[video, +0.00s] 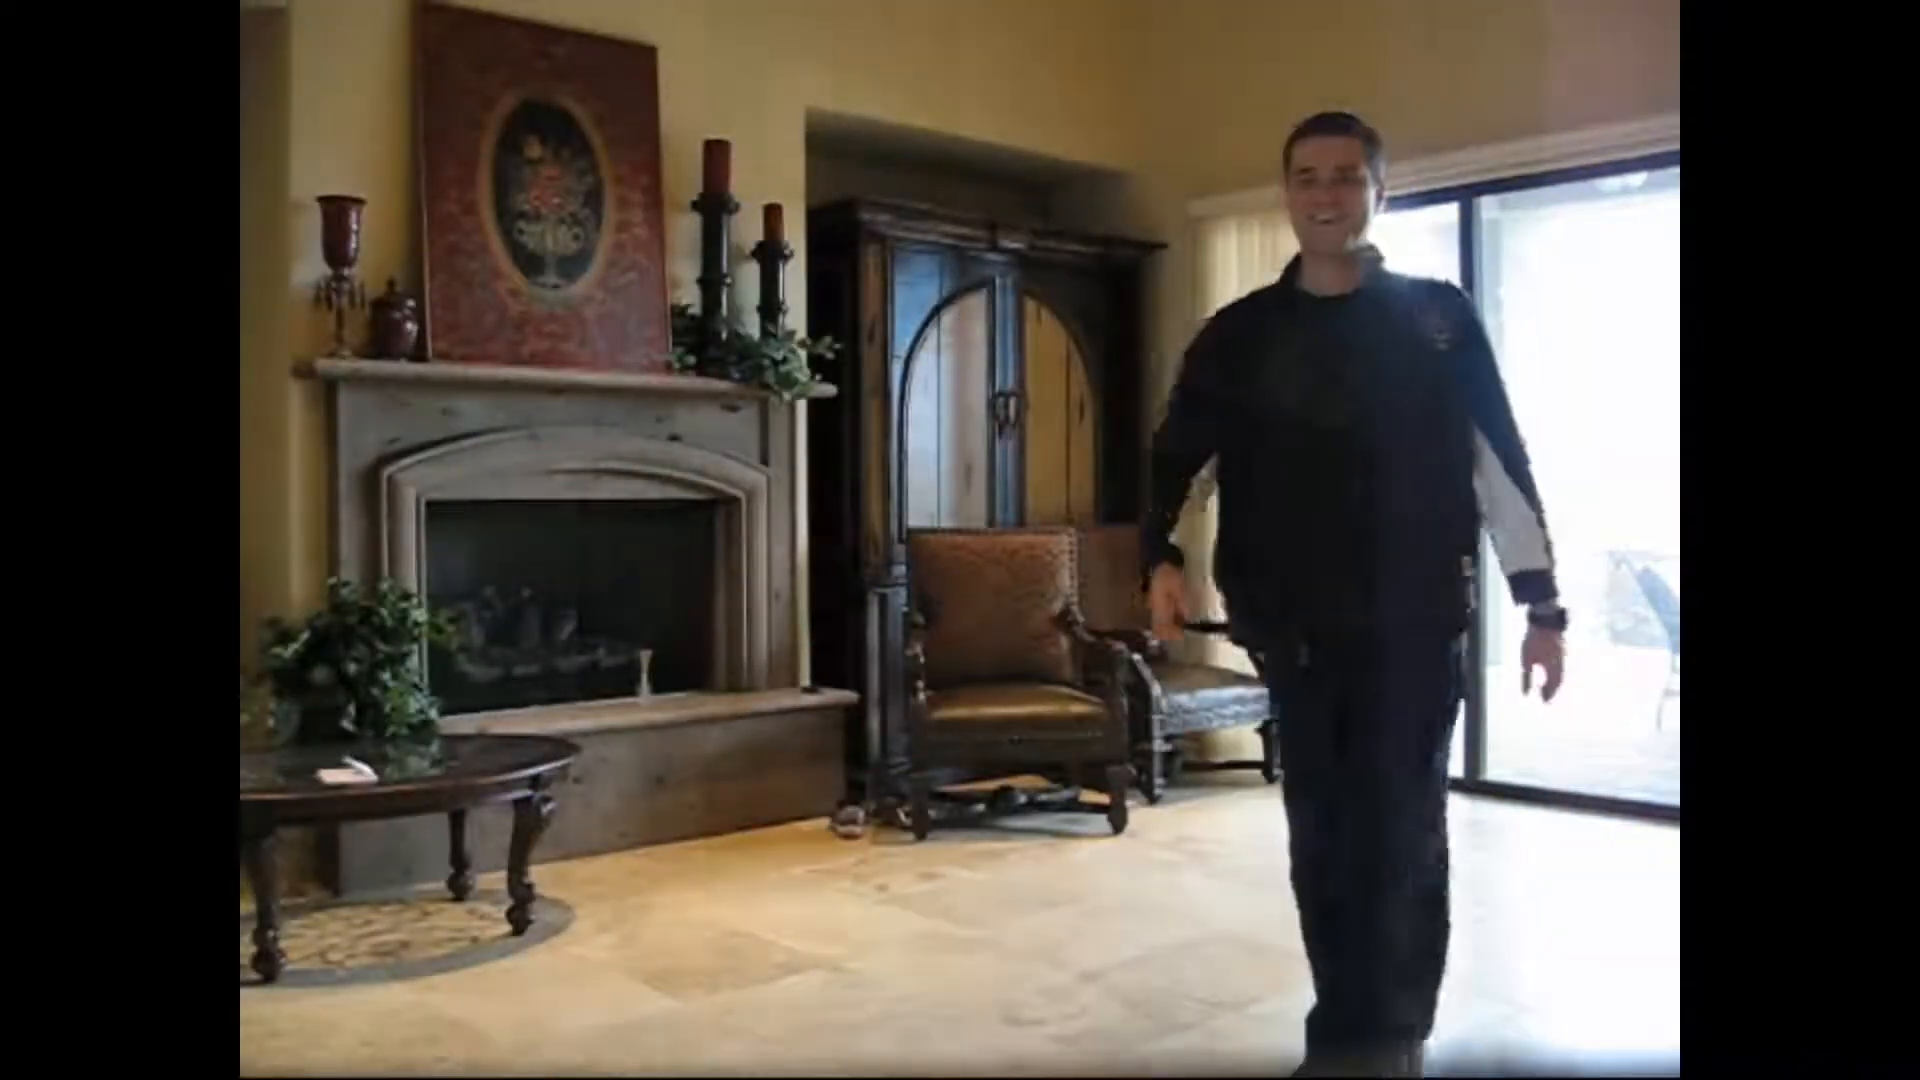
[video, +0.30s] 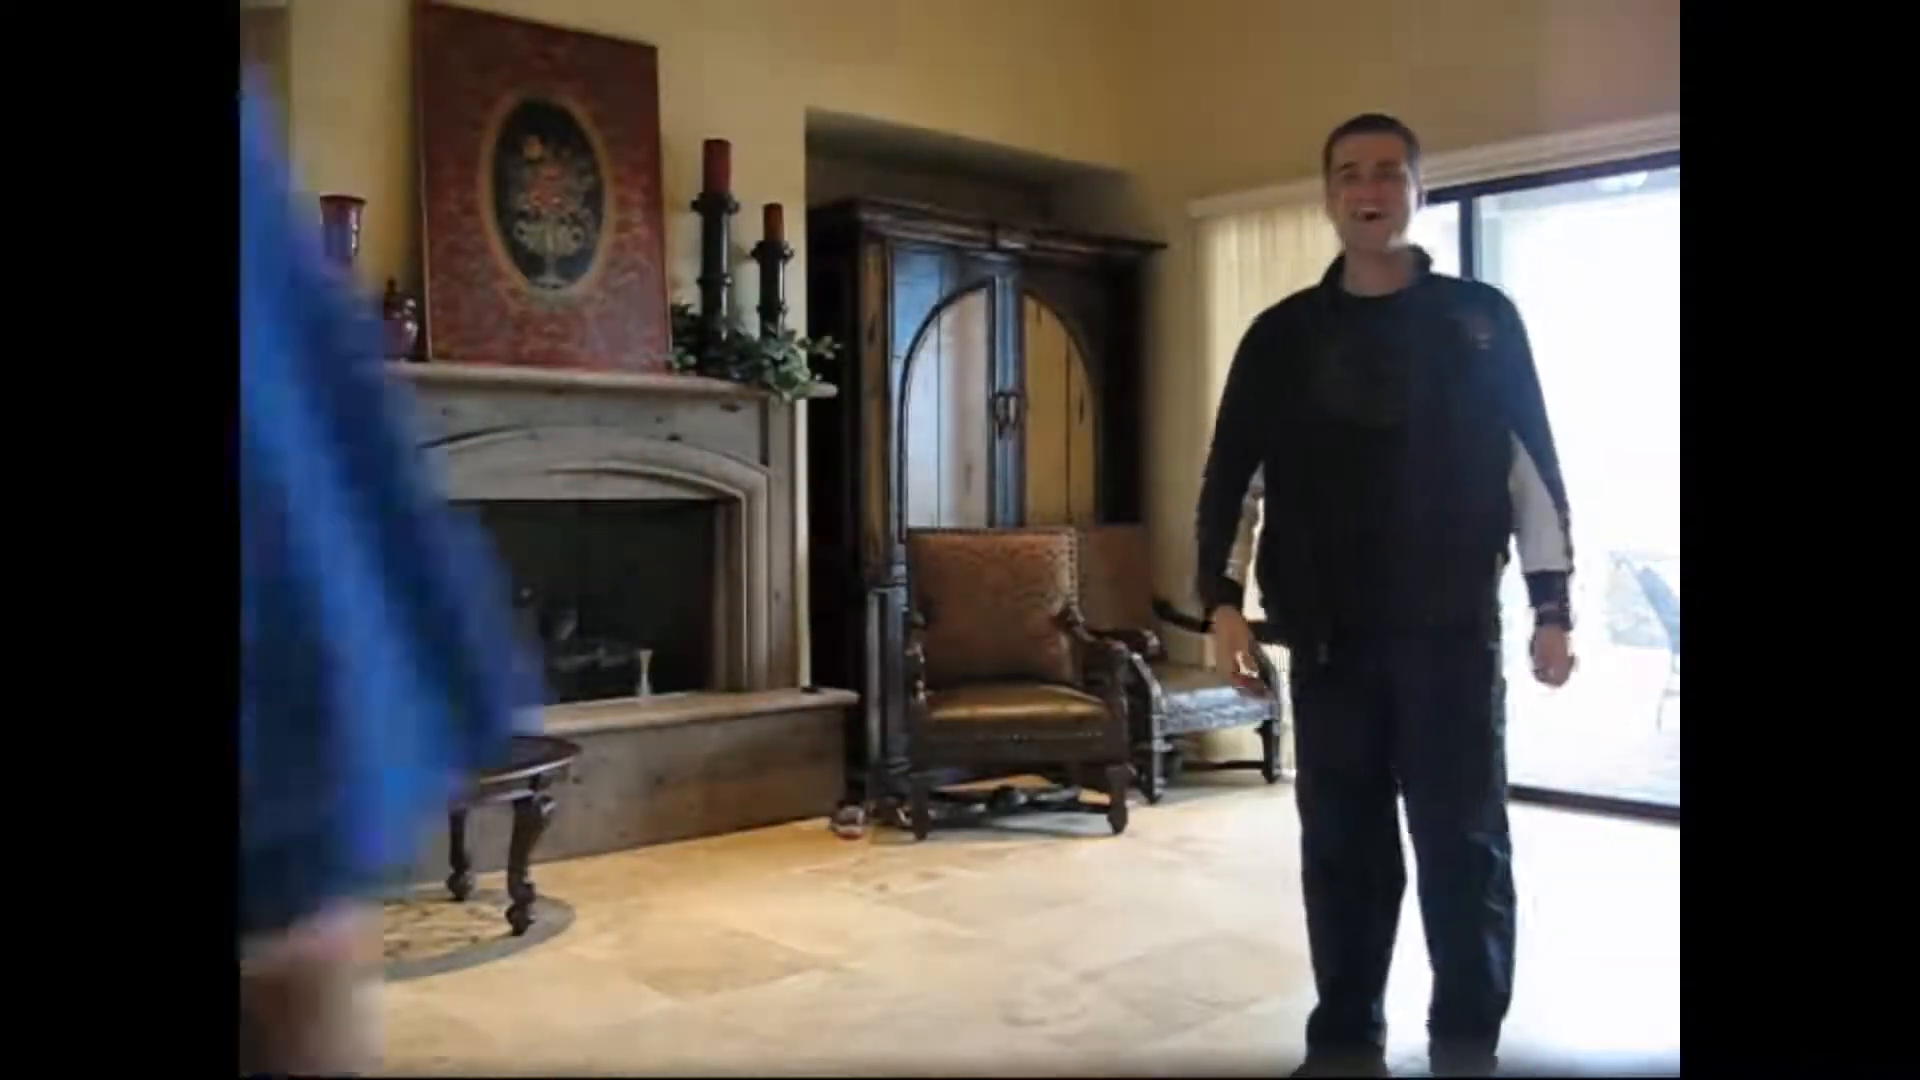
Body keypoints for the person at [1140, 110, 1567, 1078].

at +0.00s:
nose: (1327, 194)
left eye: (1346, 177)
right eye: (1309, 178)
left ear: (1377, 193)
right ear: (1284, 195)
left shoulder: (1434, 314)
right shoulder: (1235, 335)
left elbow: (1500, 463)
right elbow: (1167, 466)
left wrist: (1542, 605)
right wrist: (1159, 558)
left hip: (1412, 622)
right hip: (1294, 626)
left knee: (1402, 836)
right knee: (1321, 840)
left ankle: (1397, 1045)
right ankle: (1338, 1045)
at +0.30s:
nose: (1370, 189)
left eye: (1387, 172)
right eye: (1351, 175)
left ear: (1417, 189)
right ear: (1326, 196)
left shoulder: (1479, 316)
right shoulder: (1278, 334)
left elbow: (1532, 463)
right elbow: (1227, 474)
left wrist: (1552, 607)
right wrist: (1219, 598)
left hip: (1450, 626)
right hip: (1326, 629)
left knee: (1463, 843)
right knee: (1340, 848)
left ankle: (1466, 1049)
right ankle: (1342, 1050)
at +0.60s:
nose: (1410, 186)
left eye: (1427, 169)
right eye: (1391, 171)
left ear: (1456, 184)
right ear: (1364, 191)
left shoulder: (1518, 312)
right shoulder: (1315, 332)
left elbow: (1584, 462)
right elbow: (1275, 488)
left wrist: (1626, 597)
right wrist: (1262, 628)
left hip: (1484, 638)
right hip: (1358, 639)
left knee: (1480, 862)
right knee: (1357, 857)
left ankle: (1469, 1057)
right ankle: (1346, 1049)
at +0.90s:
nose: (1419, 188)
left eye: (1437, 171)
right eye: (1399, 173)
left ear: (1469, 186)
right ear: (1373, 192)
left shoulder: (1531, 313)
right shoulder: (1331, 330)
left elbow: (1594, 468)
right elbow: (1292, 483)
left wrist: (1616, 613)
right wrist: (1275, 621)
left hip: (1489, 639)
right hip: (1364, 639)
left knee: (1486, 869)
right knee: (1356, 859)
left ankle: (1469, 1058)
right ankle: (1342, 1050)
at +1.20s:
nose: (1400, 198)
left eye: (1419, 180)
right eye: (1381, 182)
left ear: (1447, 193)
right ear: (1356, 198)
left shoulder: (1506, 318)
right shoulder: (1306, 333)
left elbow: (1546, 478)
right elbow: (1269, 489)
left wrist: (1515, 604)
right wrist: (1262, 623)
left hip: (1463, 637)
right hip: (1339, 638)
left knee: (1474, 867)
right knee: (1320, 854)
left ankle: (1466, 1058)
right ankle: (1293, 1042)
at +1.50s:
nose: (1343, 201)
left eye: (1362, 184)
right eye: (1326, 184)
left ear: (1390, 198)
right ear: (1301, 200)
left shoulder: (1445, 324)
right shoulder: (1250, 335)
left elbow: (1494, 477)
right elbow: (1210, 478)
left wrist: (1510, 619)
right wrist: (1187, 604)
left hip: (1411, 633)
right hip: (1287, 637)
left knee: (1434, 853)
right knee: (1295, 853)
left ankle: (1457, 1049)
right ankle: (1295, 1040)